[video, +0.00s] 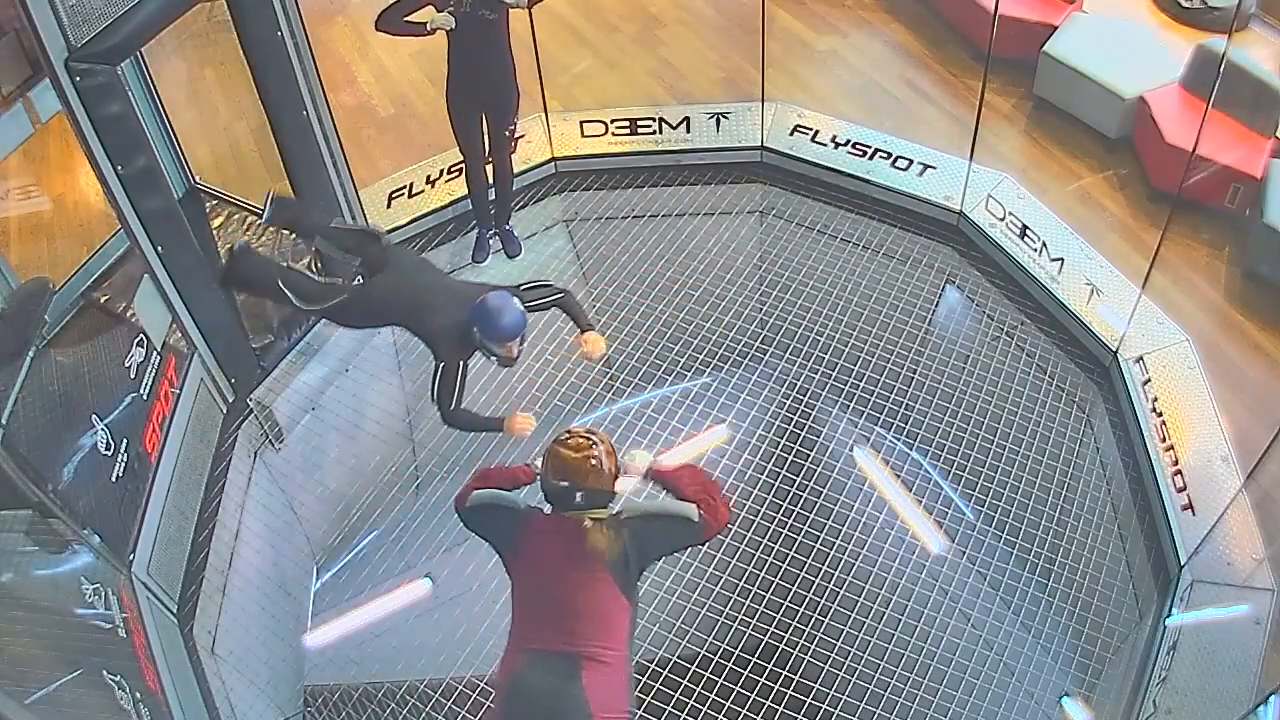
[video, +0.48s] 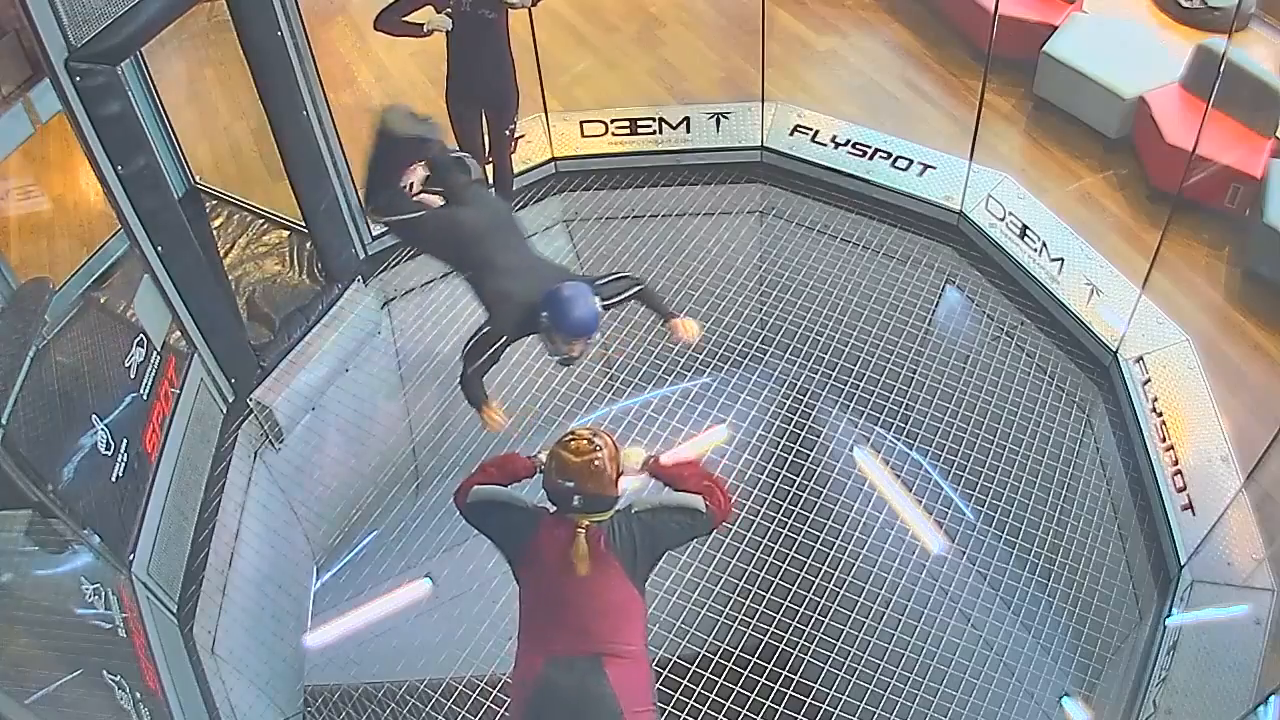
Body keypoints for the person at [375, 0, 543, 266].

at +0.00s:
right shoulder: (438, 1)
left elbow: (532, 2)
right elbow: (384, 21)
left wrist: (525, 2)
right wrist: (427, 27)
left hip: (501, 83)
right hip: (462, 88)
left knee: (502, 156)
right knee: (473, 160)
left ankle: (503, 225)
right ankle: (483, 229)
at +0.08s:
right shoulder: (438, 1)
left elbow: (532, 2)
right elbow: (384, 21)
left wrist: (524, 3)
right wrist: (426, 27)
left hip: (502, 82)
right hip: (462, 86)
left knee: (502, 155)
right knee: (473, 160)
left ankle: (504, 225)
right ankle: (484, 229)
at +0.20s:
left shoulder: (503, 0)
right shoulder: (439, 1)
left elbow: (531, 2)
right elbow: (385, 22)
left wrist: (525, 3)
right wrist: (427, 26)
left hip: (501, 83)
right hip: (462, 87)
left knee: (502, 156)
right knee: (474, 161)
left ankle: (503, 225)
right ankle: (484, 230)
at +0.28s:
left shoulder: (503, 0)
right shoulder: (439, 1)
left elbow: (528, 2)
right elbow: (386, 24)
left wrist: (523, 2)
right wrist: (428, 26)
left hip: (501, 82)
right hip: (462, 86)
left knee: (502, 155)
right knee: (474, 160)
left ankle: (503, 224)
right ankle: (483, 229)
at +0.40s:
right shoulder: (439, 1)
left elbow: (527, 3)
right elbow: (385, 24)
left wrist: (523, 2)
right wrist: (427, 27)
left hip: (501, 81)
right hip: (462, 85)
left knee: (501, 156)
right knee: (473, 161)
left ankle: (504, 227)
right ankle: (482, 232)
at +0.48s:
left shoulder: (502, 3)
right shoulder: (439, 1)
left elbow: (532, 2)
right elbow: (383, 21)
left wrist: (524, 4)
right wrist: (423, 29)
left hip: (501, 84)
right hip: (462, 88)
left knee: (502, 158)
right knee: (475, 160)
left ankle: (505, 219)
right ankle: (481, 220)